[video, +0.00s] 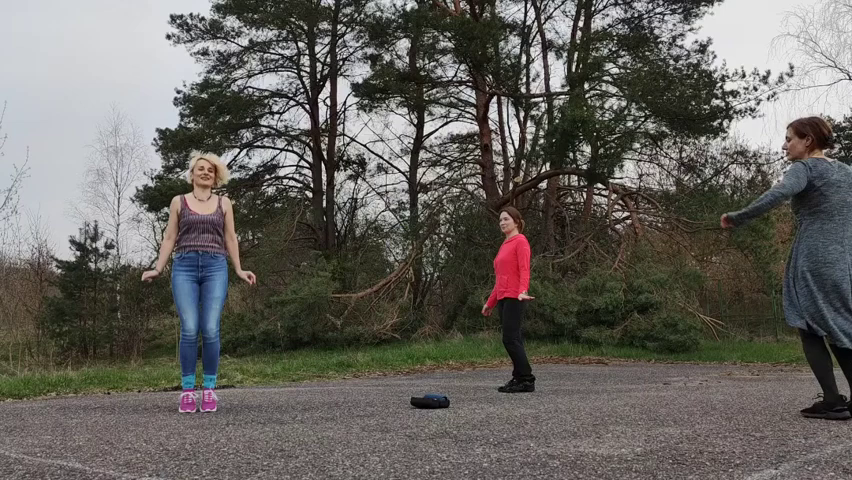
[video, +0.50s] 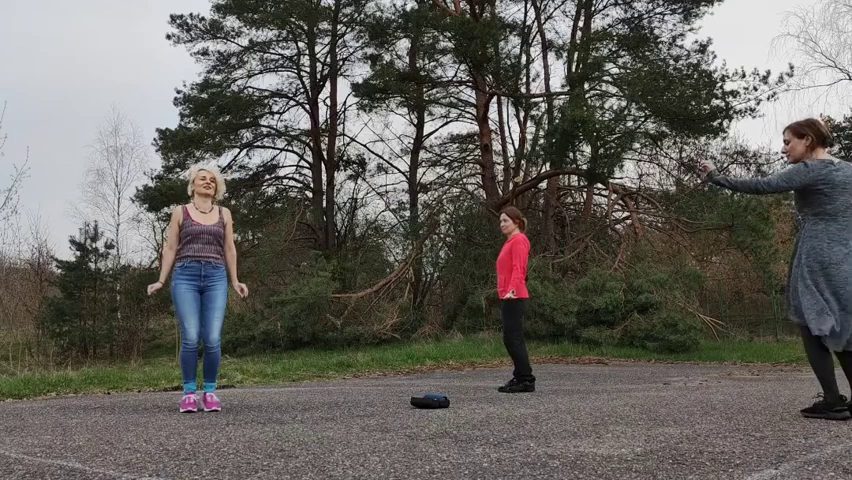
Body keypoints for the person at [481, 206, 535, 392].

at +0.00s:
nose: (502, 222)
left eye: (506, 219)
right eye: (501, 220)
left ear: (516, 221)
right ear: (500, 224)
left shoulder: (521, 240)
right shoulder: (506, 244)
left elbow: (524, 267)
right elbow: (501, 279)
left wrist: (523, 289)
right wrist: (490, 302)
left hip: (514, 296)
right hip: (504, 297)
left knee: (511, 339)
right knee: (511, 339)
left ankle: (526, 379)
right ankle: (518, 378)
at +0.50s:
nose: (502, 224)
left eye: (505, 221)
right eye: (501, 222)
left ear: (517, 222)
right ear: (502, 224)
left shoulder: (519, 240)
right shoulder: (511, 241)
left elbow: (519, 267)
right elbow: (511, 267)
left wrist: (512, 288)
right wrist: (505, 288)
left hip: (515, 297)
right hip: (508, 297)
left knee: (513, 338)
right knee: (510, 337)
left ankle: (525, 379)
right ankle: (520, 377)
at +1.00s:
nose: (506, 223)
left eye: (510, 219)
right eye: (505, 220)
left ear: (520, 221)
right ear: (504, 224)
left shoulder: (525, 241)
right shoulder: (510, 244)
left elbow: (529, 266)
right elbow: (507, 279)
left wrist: (529, 288)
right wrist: (499, 302)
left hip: (521, 296)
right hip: (509, 297)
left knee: (524, 337)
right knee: (508, 338)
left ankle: (528, 380)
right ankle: (518, 377)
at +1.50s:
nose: (509, 227)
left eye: (512, 224)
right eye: (507, 225)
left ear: (522, 223)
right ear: (505, 227)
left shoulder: (530, 245)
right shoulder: (505, 247)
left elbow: (537, 270)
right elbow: (499, 278)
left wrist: (541, 294)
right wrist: (488, 301)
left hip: (524, 296)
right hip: (506, 298)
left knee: (526, 337)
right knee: (505, 339)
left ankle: (529, 380)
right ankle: (518, 377)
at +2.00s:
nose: (502, 232)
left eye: (503, 227)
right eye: (499, 229)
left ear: (514, 224)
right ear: (503, 228)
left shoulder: (524, 241)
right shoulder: (511, 244)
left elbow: (526, 267)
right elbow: (508, 273)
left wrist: (523, 290)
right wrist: (503, 299)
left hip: (518, 297)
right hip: (508, 298)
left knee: (514, 337)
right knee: (511, 337)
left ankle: (525, 379)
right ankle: (520, 377)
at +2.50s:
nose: (499, 232)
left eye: (500, 228)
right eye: (497, 229)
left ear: (511, 224)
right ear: (506, 226)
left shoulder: (522, 241)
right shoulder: (511, 243)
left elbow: (523, 268)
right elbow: (510, 269)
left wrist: (517, 292)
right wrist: (505, 292)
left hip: (515, 298)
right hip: (506, 297)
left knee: (514, 339)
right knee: (512, 339)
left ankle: (525, 379)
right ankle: (520, 377)